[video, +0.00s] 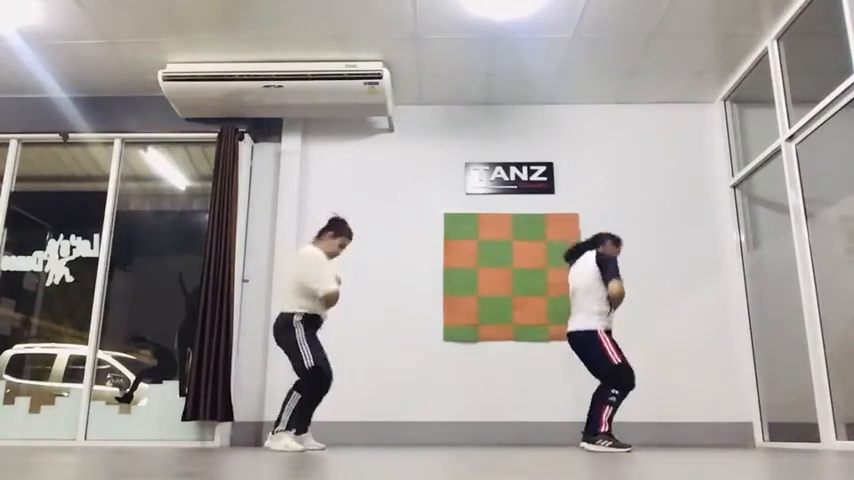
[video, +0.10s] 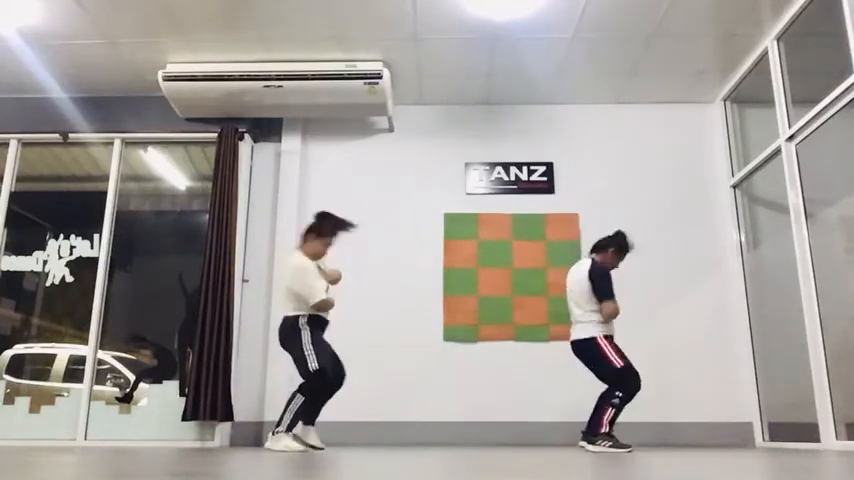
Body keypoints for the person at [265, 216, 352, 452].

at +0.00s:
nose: (340, 252)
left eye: (343, 248)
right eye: (340, 245)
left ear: (328, 238)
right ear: (328, 235)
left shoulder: (312, 257)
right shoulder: (312, 256)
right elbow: (328, 299)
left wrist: (332, 282)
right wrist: (336, 285)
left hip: (303, 323)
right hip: (294, 322)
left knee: (322, 376)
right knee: (313, 374)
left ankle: (299, 432)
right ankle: (279, 433)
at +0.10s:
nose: (326, 249)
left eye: (329, 244)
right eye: (324, 243)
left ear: (323, 242)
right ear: (310, 237)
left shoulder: (314, 262)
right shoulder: (300, 264)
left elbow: (335, 276)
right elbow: (319, 303)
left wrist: (327, 277)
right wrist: (331, 302)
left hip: (311, 328)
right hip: (298, 327)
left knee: (336, 375)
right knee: (319, 376)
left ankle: (305, 426)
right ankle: (279, 434)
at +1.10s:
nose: (320, 238)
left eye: (320, 232)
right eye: (316, 232)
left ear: (311, 234)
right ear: (302, 232)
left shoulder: (312, 258)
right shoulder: (297, 258)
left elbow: (333, 265)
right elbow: (308, 291)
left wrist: (336, 265)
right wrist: (333, 296)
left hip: (320, 318)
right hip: (307, 318)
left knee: (330, 379)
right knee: (309, 374)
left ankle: (299, 432)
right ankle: (278, 433)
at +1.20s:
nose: (318, 224)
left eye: (318, 219)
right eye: (312, 219)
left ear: (314, 225)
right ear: (298, 224)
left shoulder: (314, 250)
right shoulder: (297, 247)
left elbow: (331, 273)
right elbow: (306, 277)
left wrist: (330, 277)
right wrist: (331, 287)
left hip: (322, 312)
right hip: (306, 311)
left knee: (326, 374)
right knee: (301, 370)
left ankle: (303, 430)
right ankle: (278, 432)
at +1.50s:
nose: (329, 229)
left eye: (328, 224)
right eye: (324, 225)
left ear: (315, 230)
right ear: (311, 230)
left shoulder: (319, 254)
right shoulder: (308, 248)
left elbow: (321, 284)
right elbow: (312, 279)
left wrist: (333, 289)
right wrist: (330, 301)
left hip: (316, 319)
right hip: (301, 316)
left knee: (324, 376)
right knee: (300, 372)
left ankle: (302, 433)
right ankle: (278, 434)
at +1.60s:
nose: (332, 230)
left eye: (331, 225)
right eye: (327, 226)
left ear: (317, 230)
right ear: (312, 230)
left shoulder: (319, 255)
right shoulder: (307, 249)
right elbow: (311, 280)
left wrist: (332, 290)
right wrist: (332, 296)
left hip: (313, 320)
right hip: (298, 317)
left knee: (322, 379)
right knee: (298, 372)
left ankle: (301, 433)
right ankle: (277, 433)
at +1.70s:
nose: (331, 231)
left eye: (331, 226)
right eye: (327, 225)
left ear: (320, 229)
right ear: (312, 228)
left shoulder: (318, 256)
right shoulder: (305, 251)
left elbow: (320, 291)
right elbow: (299, 285)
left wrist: (343, 288)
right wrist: (331, 289)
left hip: (313, 322)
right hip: (295, 318)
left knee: (321, 377)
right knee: (297, 370)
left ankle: (300, 435)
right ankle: (274, 430)